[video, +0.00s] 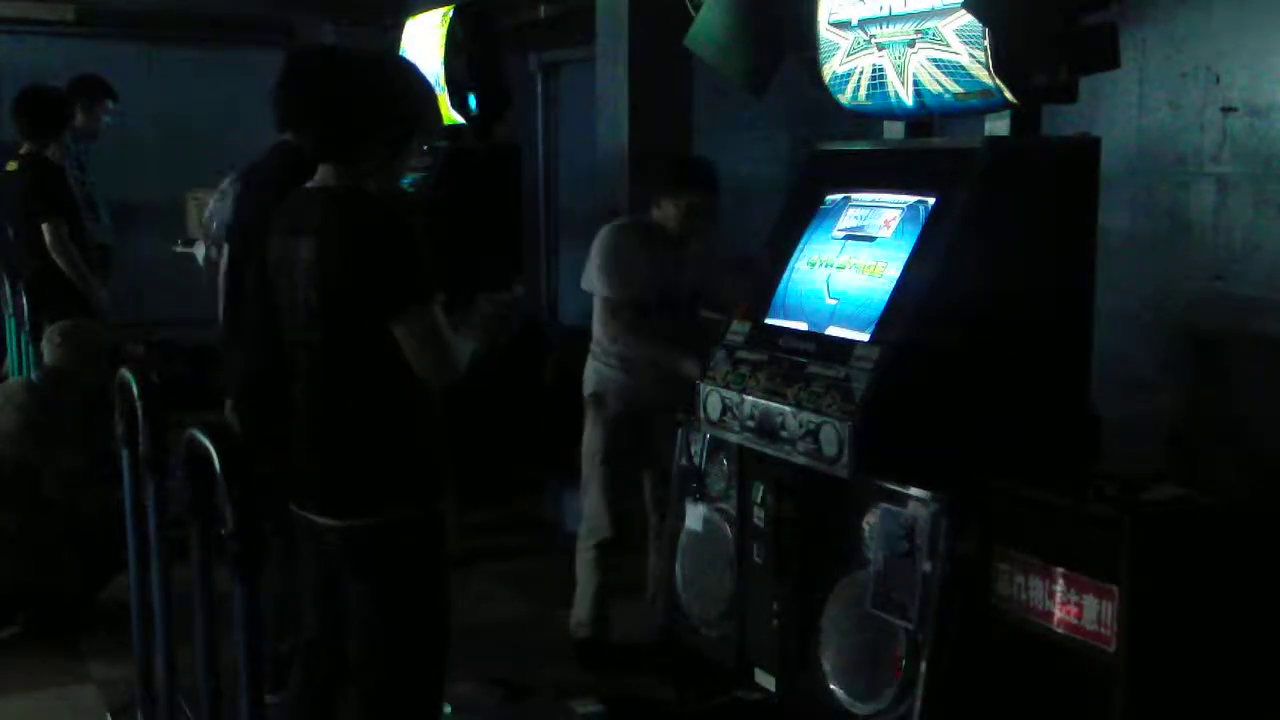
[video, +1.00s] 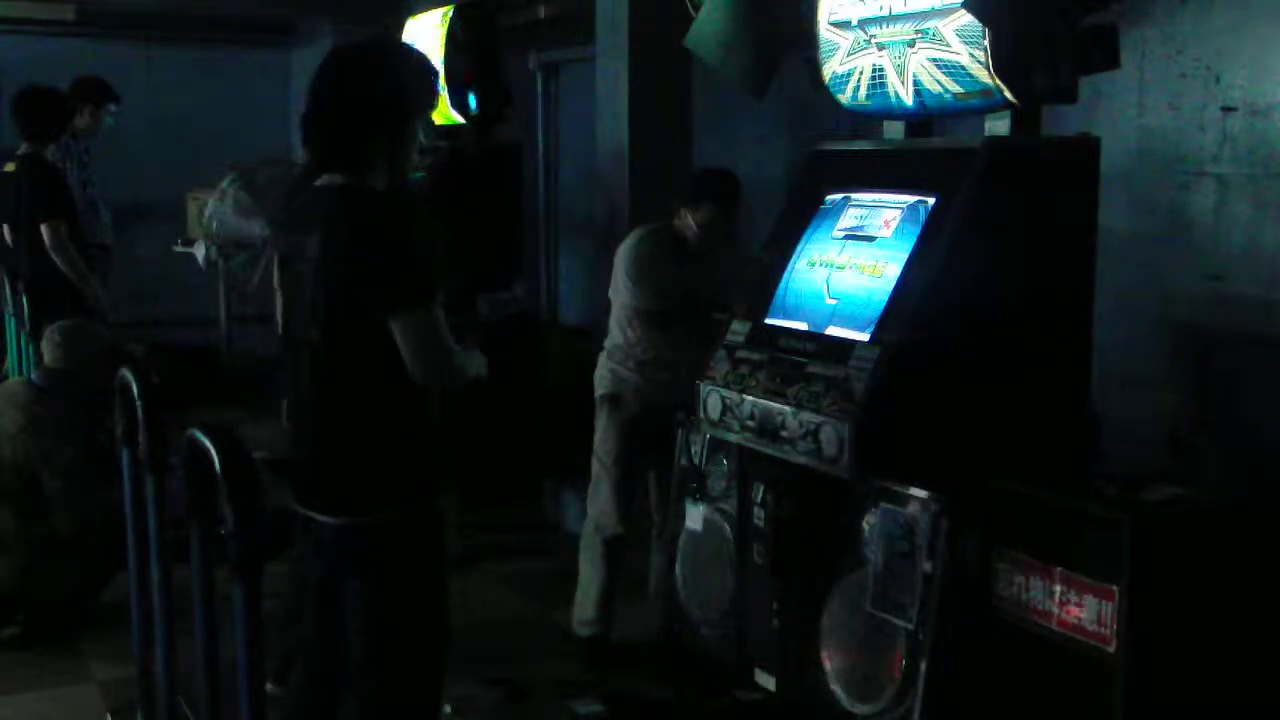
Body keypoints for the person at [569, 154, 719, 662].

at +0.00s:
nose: (696, 220)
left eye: (702, 210)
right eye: (689, 207)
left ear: (705, 210)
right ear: (664, 200)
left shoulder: (692, 252)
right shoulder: (618, 241)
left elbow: (699, 318)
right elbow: (612, 334)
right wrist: (683, 362)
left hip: (668, 393)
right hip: (615, 392)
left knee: (667, 512)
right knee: (605, 516)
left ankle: (666, 622)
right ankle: (589, 628)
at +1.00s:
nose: (710, 232)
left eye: (718, 224)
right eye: (705, 220)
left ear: (726, 223)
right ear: (684, 211)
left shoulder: (714, 258)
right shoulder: (643, 249)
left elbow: (722, 320)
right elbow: (645, 327)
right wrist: (710, 318)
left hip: (677, 392)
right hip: (624, 387)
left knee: (672, 511)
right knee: (611, 510)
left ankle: (666, 624)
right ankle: (590, 626)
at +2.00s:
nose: (724, 228)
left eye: (732, 220)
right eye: (719, 216)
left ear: (736, 222)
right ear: (698, 210)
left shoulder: (722, 259)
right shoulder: (650, 249)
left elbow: (730, 325)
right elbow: (645, 337)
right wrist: (697, 383)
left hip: (681, 395)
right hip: (629, 388)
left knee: (674, 511)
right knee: (612, 511)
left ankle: (664, 625)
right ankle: (590, 624)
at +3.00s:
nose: (585, 204)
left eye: (592, 195)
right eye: (581, 195)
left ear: (618, 192)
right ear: (582, 193)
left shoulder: (653, 242)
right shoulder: (587, 233)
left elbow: (672, 313)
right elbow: (575, 296)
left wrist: (641, 368)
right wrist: (574, 351)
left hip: (641, 388)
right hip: (593, 384)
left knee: (651, 503)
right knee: (591, 497)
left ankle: (660, 607)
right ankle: (603, 593)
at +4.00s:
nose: (579, 215)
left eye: (583, 204)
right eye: (574, 206)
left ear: (608, 195)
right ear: (588, 204)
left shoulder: (653, 237)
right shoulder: (606, 239)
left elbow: (685, 312)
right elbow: (615, 313)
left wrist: (691, 385)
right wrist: (609, 369)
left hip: (654, 380)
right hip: (617, 375)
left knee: (644, 491)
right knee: (613, 489)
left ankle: (653, 600)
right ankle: (632, 588)